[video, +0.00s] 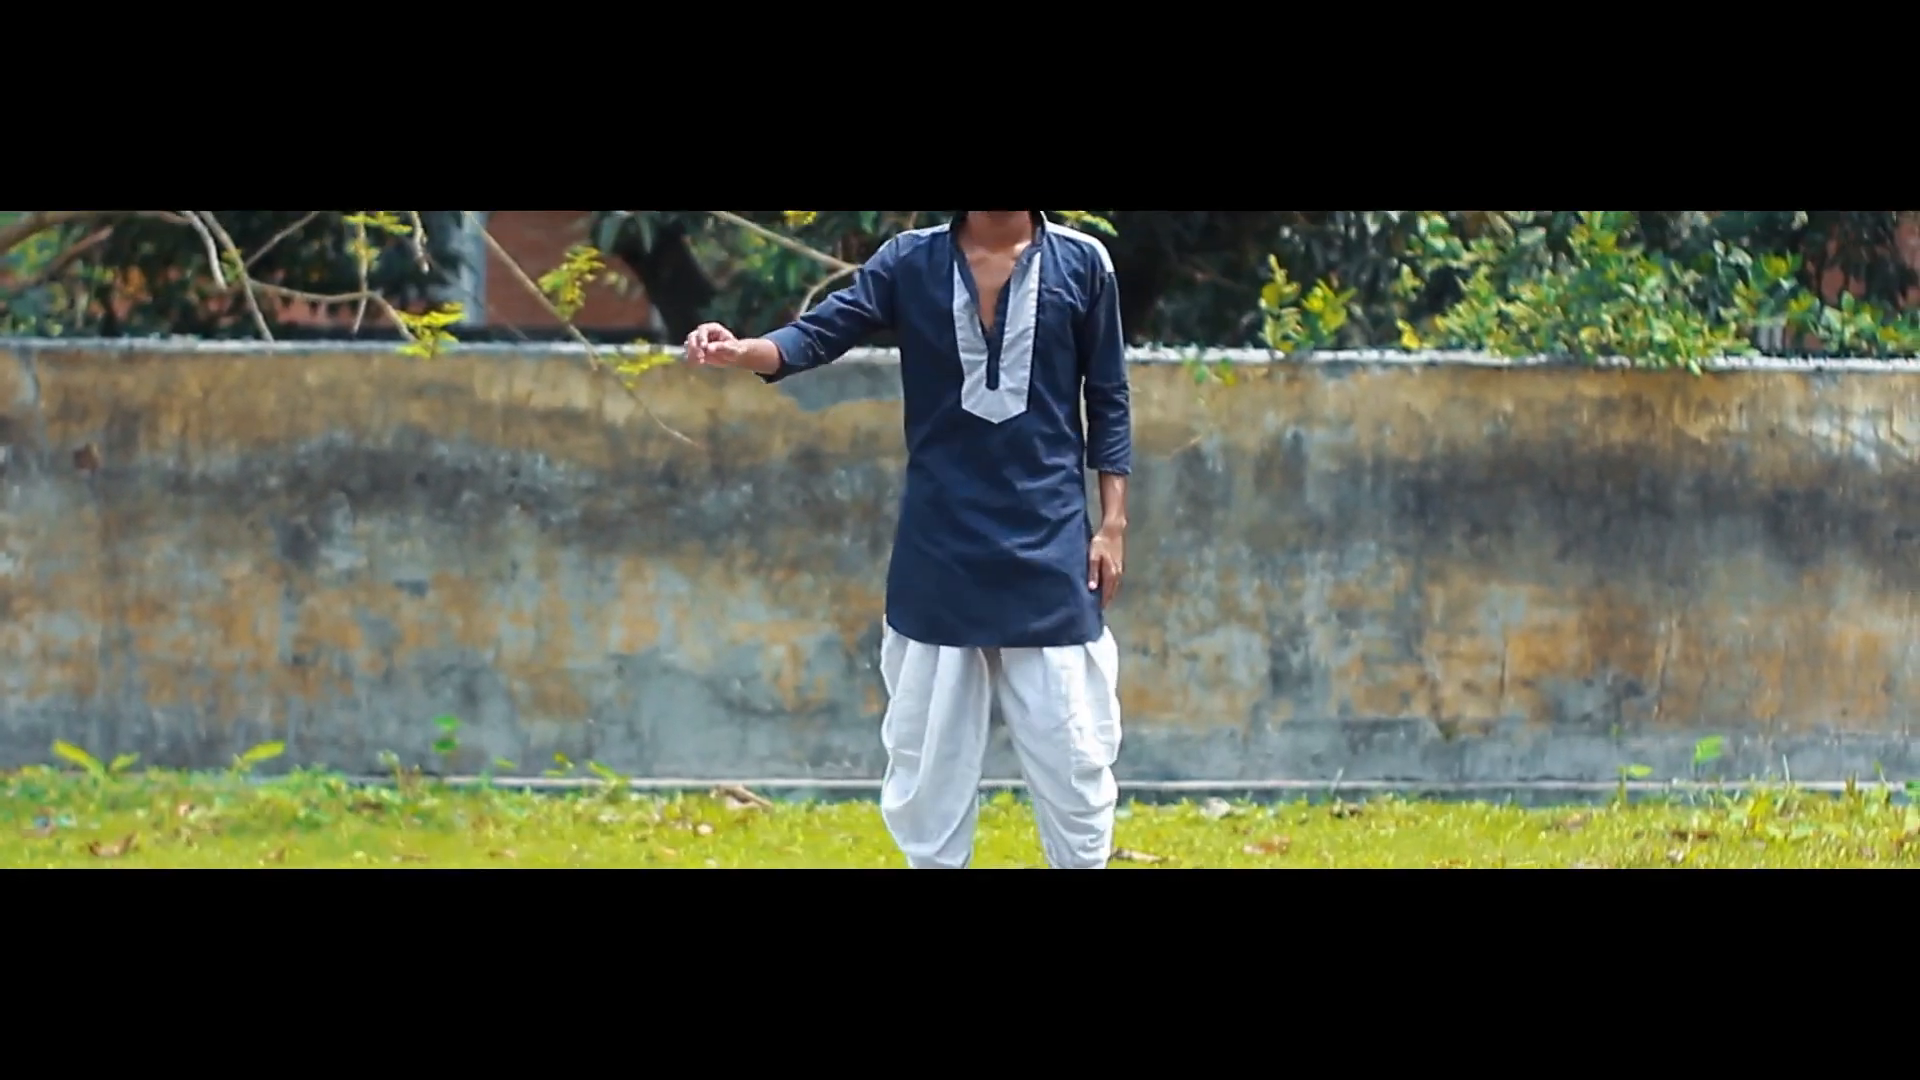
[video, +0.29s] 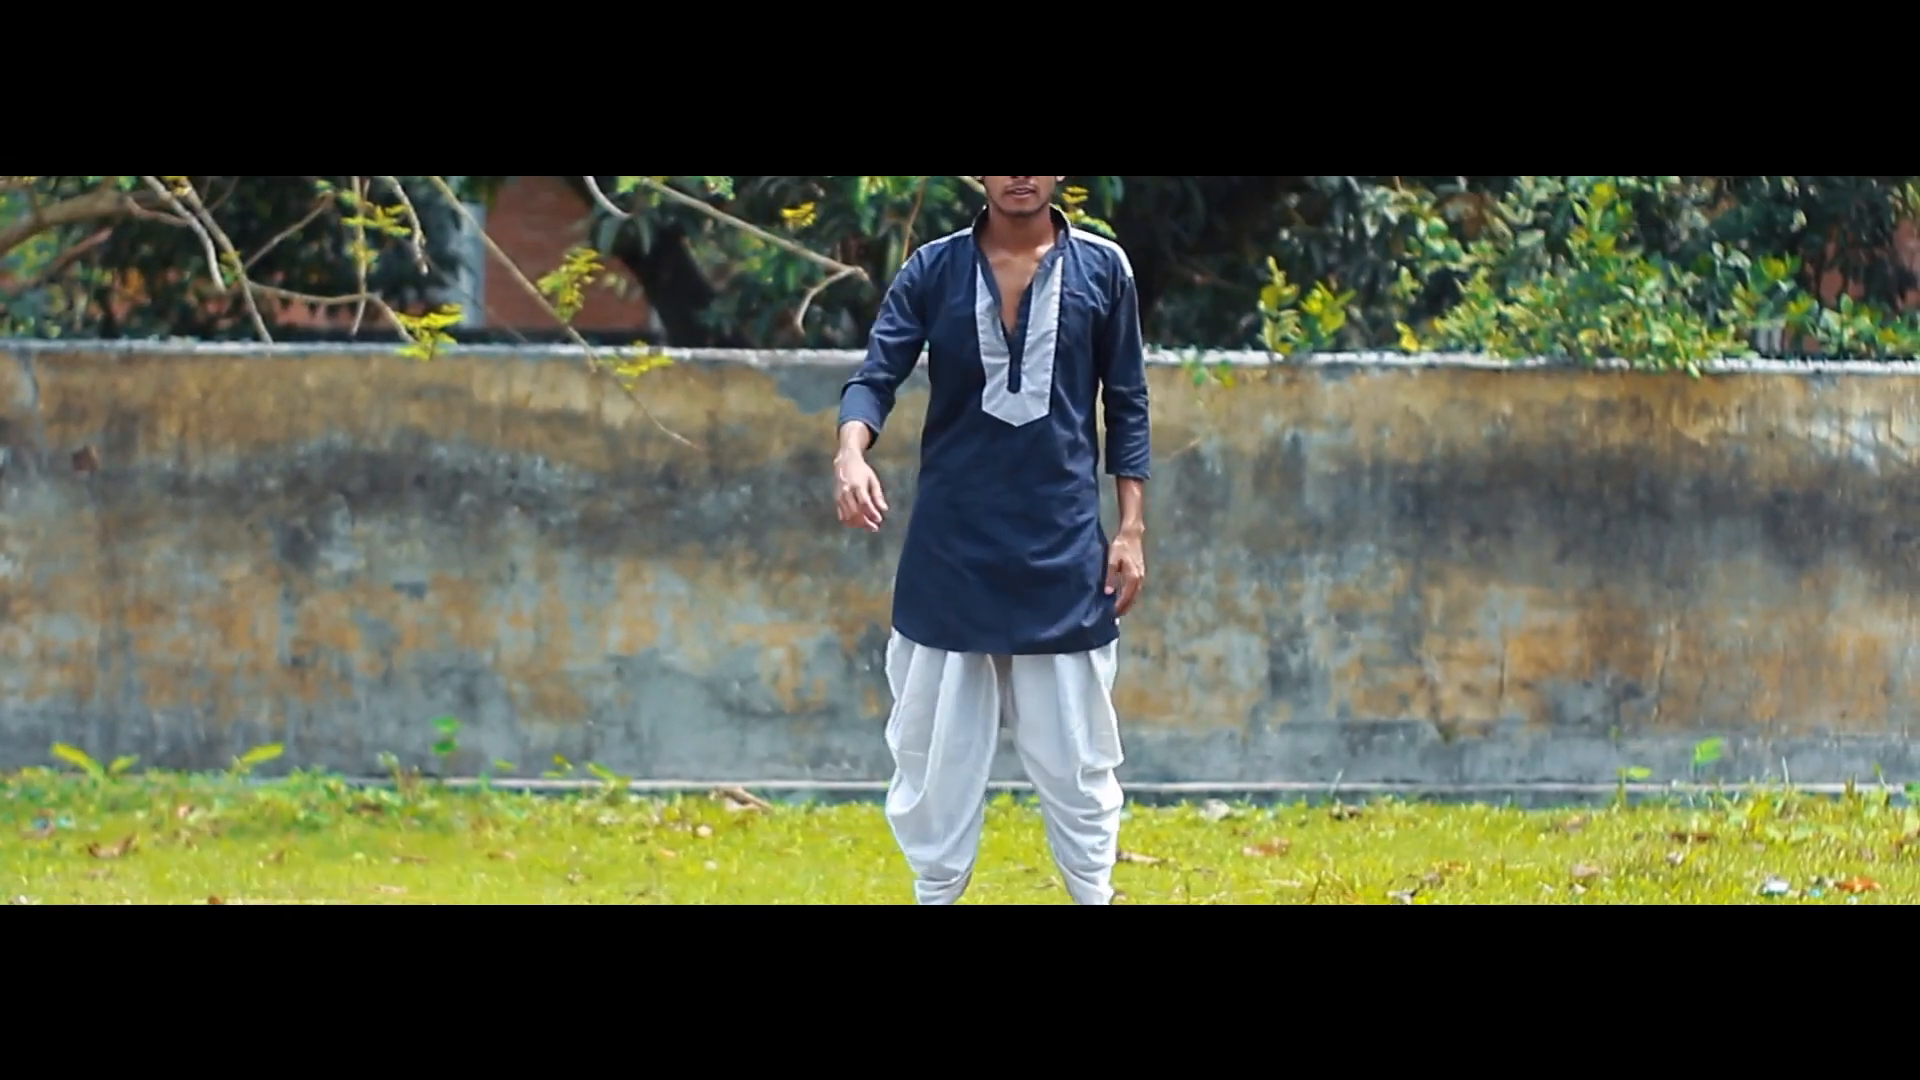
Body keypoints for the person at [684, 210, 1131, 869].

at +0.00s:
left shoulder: (1083, 262)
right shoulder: (909, 259)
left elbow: (1109, 396)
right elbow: (821, 331)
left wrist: (1112, 522)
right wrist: (745, 351)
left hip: (1049, 545)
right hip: (937, 547)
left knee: (1075, 766)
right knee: (927, 767)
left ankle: (1083, 861)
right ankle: (934, 860)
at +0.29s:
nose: (1019, 175)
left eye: (1035, 165)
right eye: (1003, 165)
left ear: (1060, 176)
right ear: (978, 175)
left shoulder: (1102, 266)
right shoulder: (933, 266)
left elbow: (1127, 402)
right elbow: (877, 375)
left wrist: (1131, 525)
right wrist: (850, 452)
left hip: (1060, 543)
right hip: (952, 541)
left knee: (1074, 750)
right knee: (933, 745)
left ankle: (1093, 894)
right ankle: (935, 892)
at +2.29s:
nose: (992, 174)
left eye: (1010, 159)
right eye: (977, 158)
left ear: (1040, 169)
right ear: (955, 167)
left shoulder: (1085, 276)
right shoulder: (916, 279)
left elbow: (1114, 412)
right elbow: (894, 423)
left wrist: (1118, 534)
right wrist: (883, 549)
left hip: (1043, 548)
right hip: (933, 545)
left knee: (1045, 747)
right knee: (910, 741)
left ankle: (1044, 935)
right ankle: (909, 933)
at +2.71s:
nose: (980, 194)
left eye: (997, 179)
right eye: (964, 178)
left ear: (1023, 193)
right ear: (938, 190)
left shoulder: (1063, 297)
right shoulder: (904, 298)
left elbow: (1148, 402)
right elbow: (878, 423)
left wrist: (1244, 489)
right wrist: (775, 488)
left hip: (1024, 561)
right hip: (920, 557)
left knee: (1042, 760)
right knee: (886, 750)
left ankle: (1042, 935)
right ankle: (902, 932)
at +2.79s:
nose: (981, 202)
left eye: (998, 187)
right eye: (966, 187)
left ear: (1025, 200)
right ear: (940, 198)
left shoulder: (1068, 298)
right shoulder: (908, 299)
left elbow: (1184, 363)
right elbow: (844, 388)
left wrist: (1314, 376)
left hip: (1025, 572)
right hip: (920, 568)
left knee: (1040, 763)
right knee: (878, 754)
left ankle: (1041, 936)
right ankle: (900, 937)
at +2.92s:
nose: (1005, 154)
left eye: (1020, 138)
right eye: (990, 138)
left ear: (1051, 142)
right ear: (966, 143)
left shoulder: (1093, 223)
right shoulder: (931, 220)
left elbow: (1170, 245)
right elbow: (835, 230)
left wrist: (1215, 242)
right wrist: (787, 209)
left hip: (1051, 515)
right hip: (949, 511)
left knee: (1026, 715)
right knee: (918, 720)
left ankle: (1016, 903)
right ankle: (939, 906)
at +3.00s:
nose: (1023, 145)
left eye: (1040, 129)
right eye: (1008, 130)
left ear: (1073, 132)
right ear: (985, 132)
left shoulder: (1110, 212)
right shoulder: (959, 205)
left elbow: (1155, 289)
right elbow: (837, 253)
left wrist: (1066, 287)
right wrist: (924, 246)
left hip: (1067, 491)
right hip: (973, 485)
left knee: (1017, 690)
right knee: (936, 695)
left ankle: (986, 892)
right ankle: (1022, 884)